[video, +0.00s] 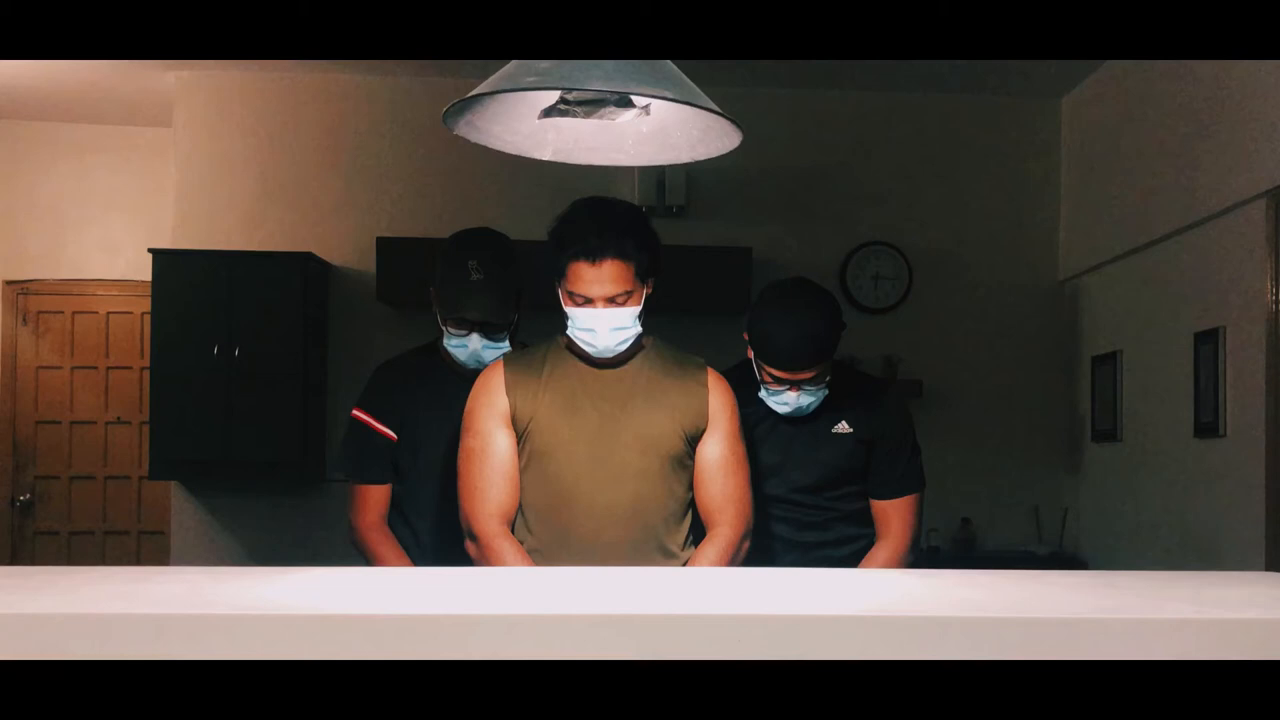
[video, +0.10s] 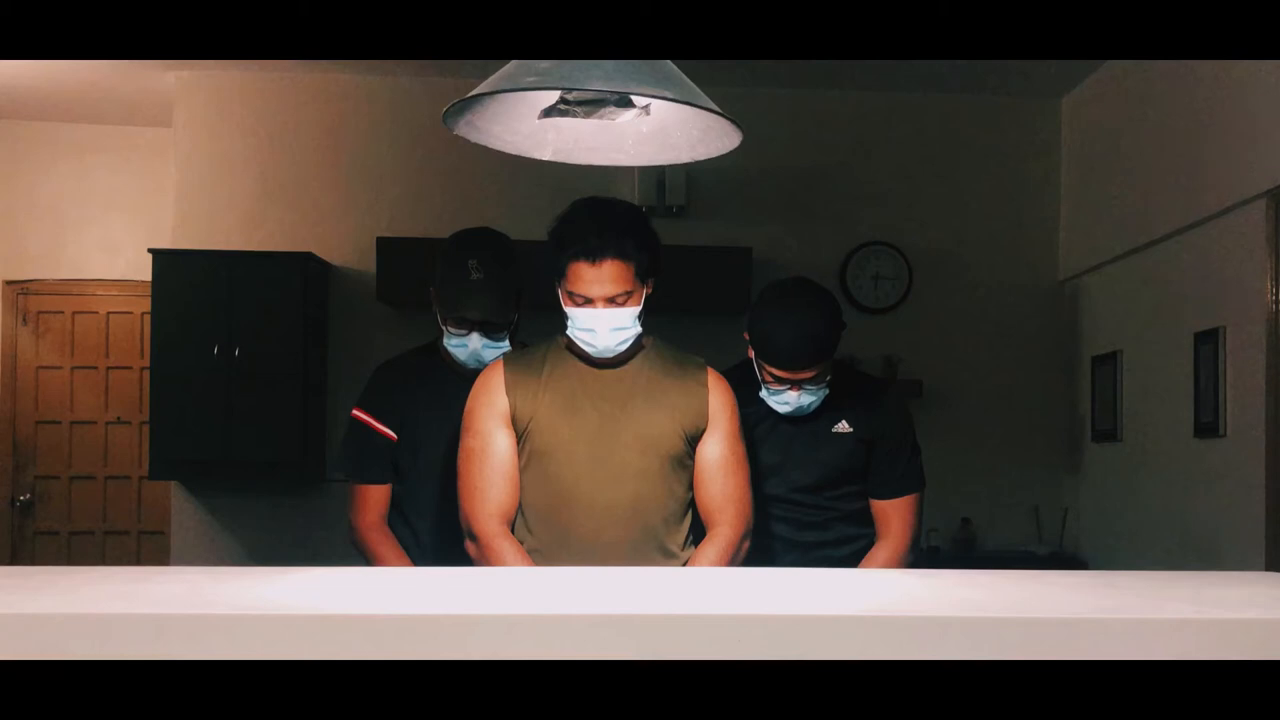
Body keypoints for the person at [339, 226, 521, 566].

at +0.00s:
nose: (477, 346)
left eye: (494, 327)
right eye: (459, 325)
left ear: (515, 312)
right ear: (436, 305)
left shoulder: (533, 383)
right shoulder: (396, 383)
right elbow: (368, 524)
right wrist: (422, 598)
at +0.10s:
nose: (476, 346)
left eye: (494, 327)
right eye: (458, 324)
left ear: (515, 312)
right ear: (437, 305)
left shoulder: (533, 383)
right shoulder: (396, 383)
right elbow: (368, 524)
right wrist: (422, 598)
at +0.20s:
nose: (477, 345)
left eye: (495, 326)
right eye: (458, 323)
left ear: (516, 312)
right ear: (437, 306)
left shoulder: (533, 383)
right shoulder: (397, 383)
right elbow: (368, 524)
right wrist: (421, 598)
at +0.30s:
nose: (477, 345)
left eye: (496, 326)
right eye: (459, 323)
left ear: (516, 312)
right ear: (437, 305)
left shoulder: (534, 383)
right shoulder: (397, 383)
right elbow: (368, 524)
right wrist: (421, 598)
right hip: (422, 586)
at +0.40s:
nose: (477, 344)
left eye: (496, 325)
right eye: (459, 323)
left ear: (516, 311)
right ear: (437, 306)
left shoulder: (534, 383)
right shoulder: (397, 383)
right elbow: (368, 523)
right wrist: (421, 598)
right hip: (423, 586)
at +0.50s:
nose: (477, 344)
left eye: (496, 324)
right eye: (459, 322)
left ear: (516, 311)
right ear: (437, 305)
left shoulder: (534, 383)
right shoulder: (397, 383)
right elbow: (368, 522)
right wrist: (421, 597)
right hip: (422, 586)